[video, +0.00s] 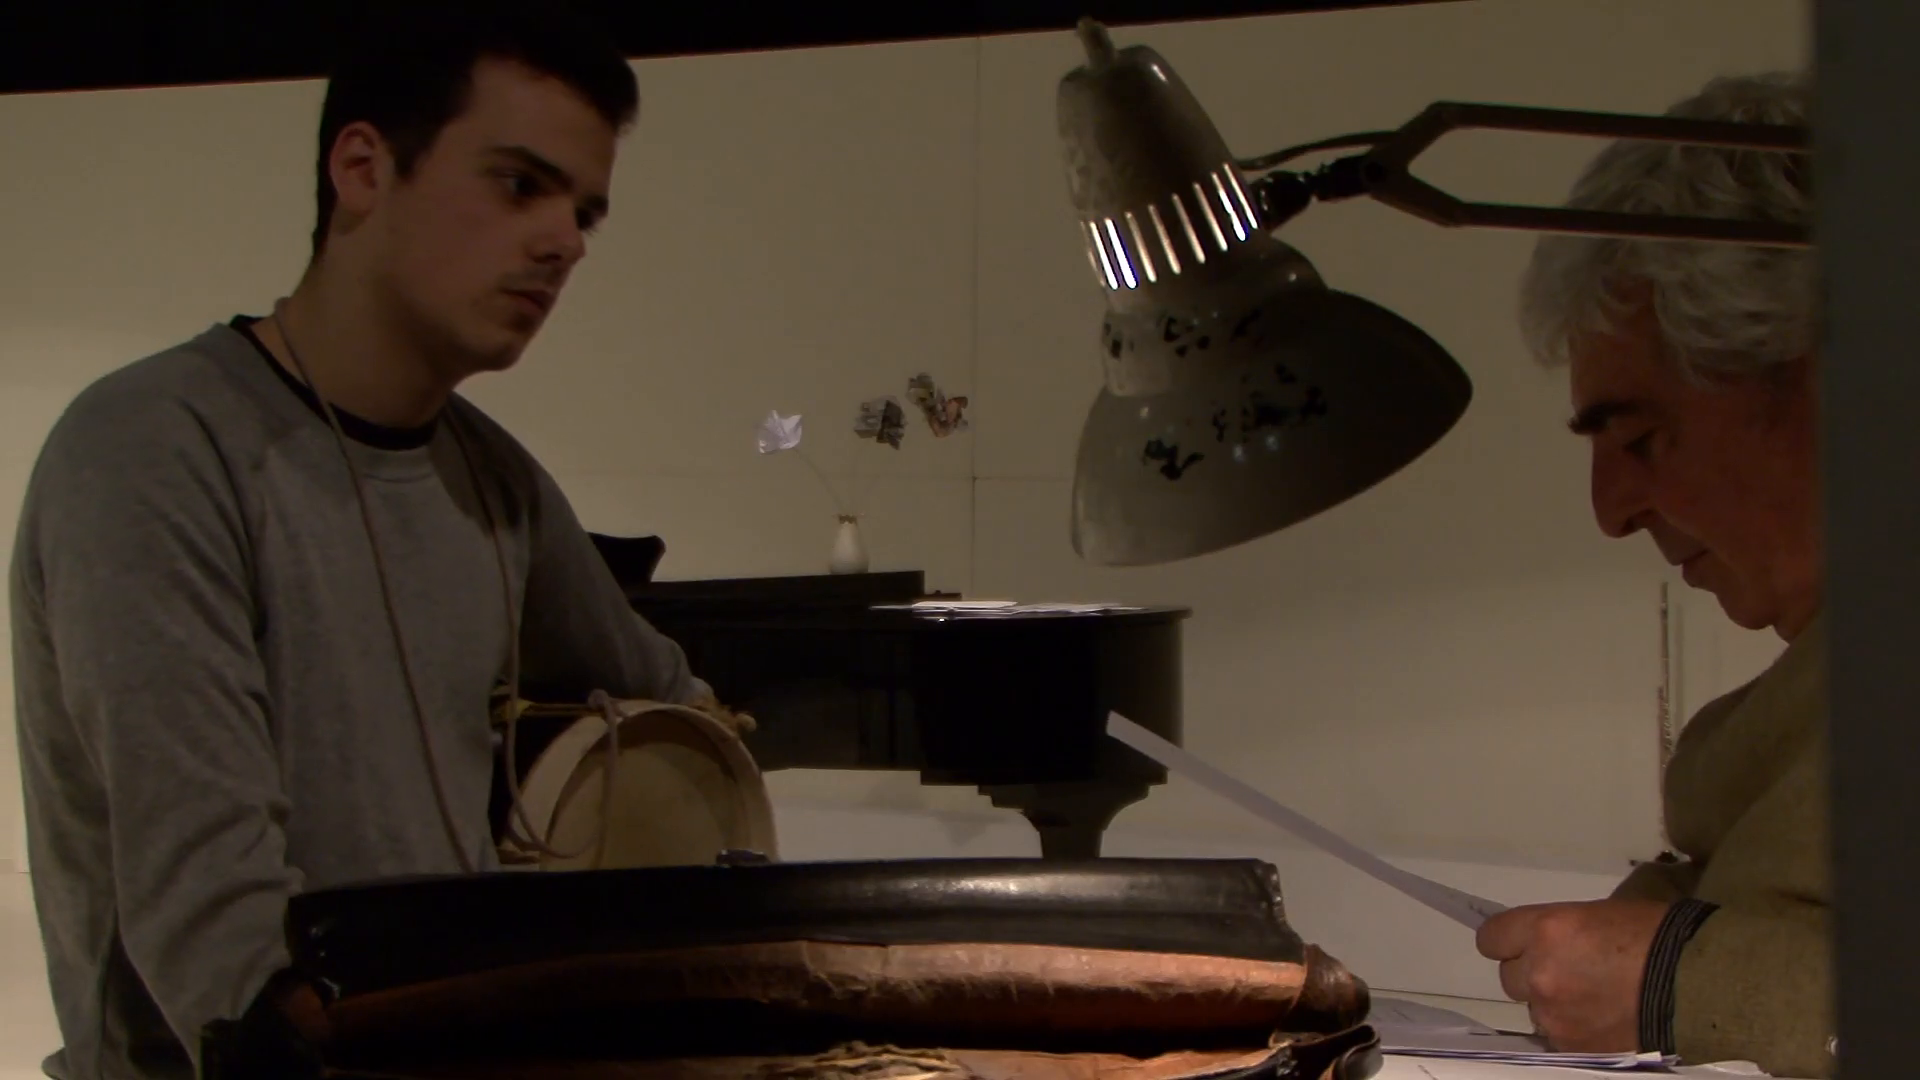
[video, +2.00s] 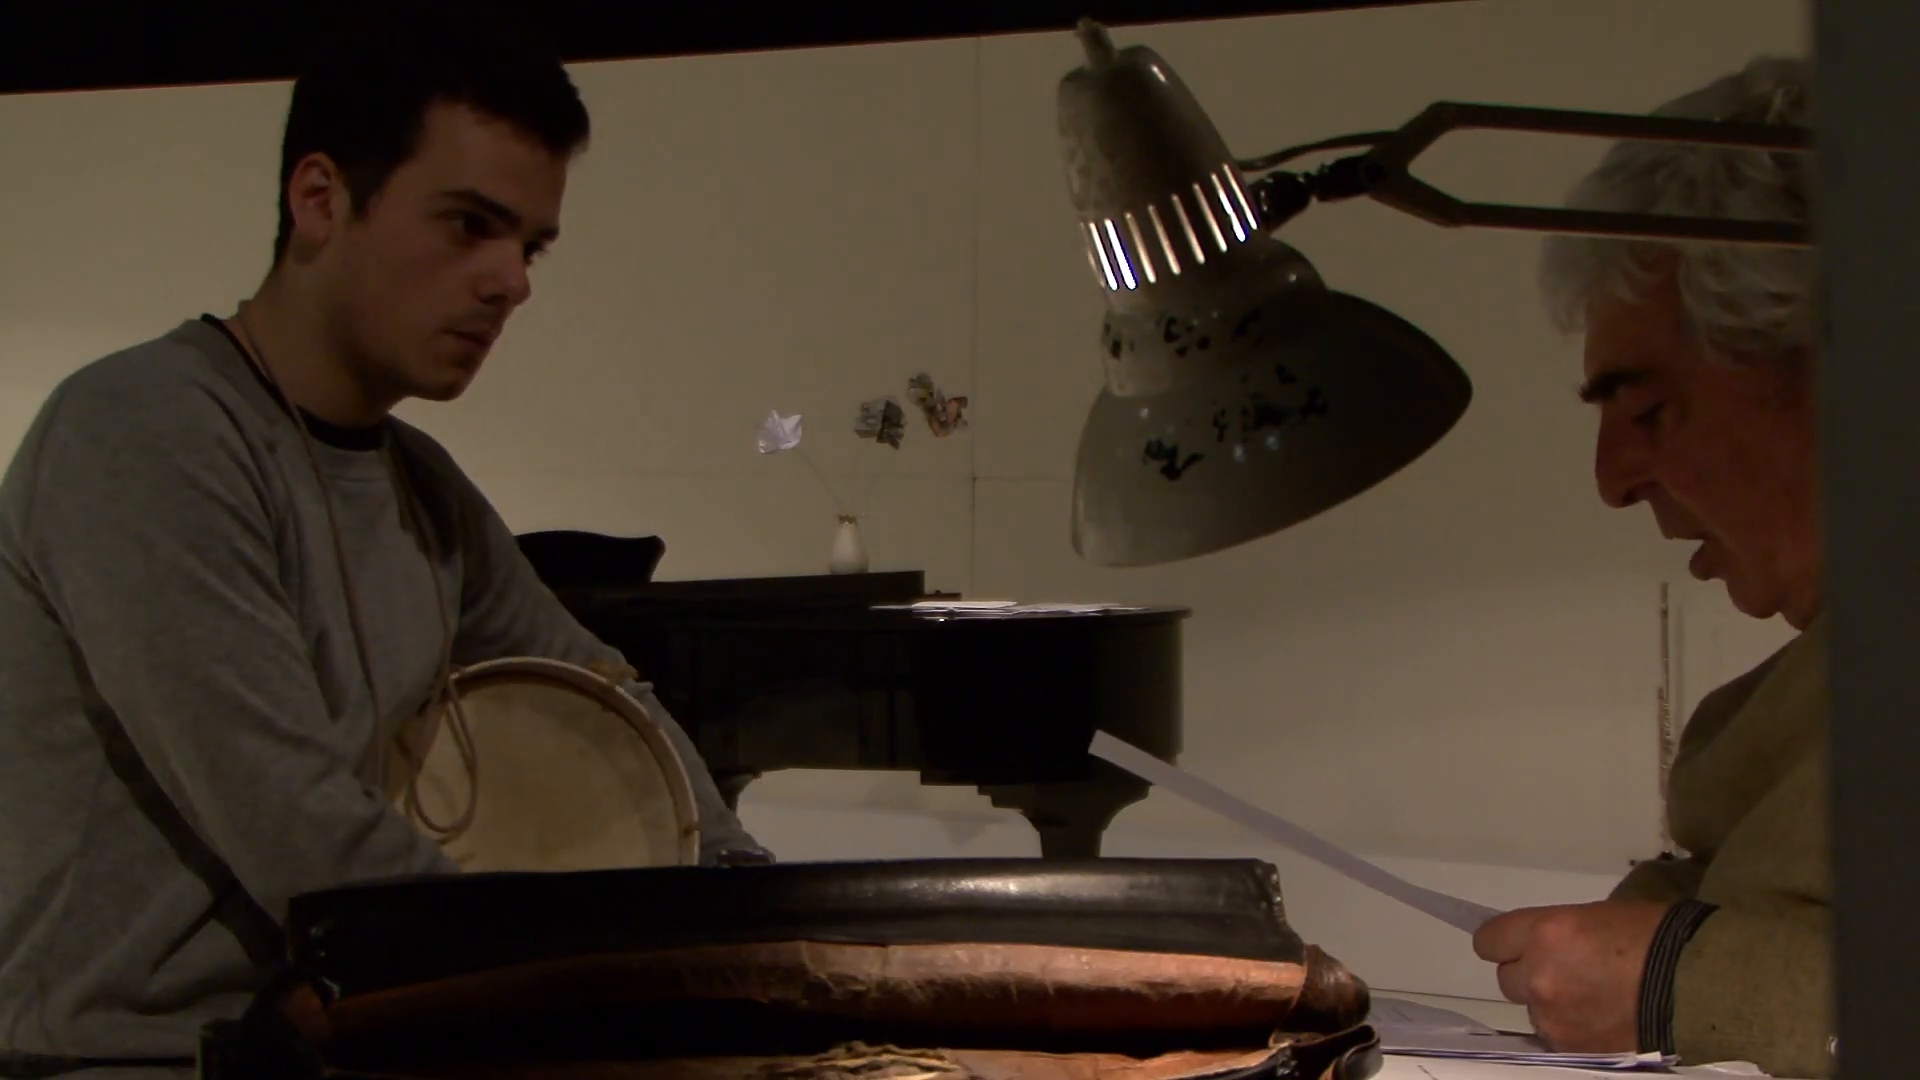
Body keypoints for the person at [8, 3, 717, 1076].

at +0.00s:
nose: (564, 244)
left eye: (582, 214)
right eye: (519, 184)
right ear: (361, 169)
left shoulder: (502, 485)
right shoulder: (142, 451)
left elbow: (674, 720)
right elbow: (212, 919)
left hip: (489, 1040)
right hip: (199, 1063)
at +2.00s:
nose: (510, 284)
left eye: (529, 249)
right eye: (469, 224)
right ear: (319, 201)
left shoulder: (424, 486)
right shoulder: (135, 434)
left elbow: (597, 702)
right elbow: (306, 846)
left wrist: (760, 908)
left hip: (354, 1036)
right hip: (129, 1057)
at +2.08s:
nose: (508, 284)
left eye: (526, 249)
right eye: (467, 225)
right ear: (315, 200)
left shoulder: (427, 488)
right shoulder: (133, 434)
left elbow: (603, 698)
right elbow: (304, 840)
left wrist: (757, 899)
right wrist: (601, 969)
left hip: (355, 1038)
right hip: (127, 1057)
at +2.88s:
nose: (508, 291)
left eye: (527, 254)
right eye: (467, 232)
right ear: (315, 205)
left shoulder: (433, 494)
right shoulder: (122, 441)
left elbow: (628, 700)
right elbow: (289, 855)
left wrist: (747, 918)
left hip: (336, 1041)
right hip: (112, 1057)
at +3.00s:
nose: (510, 292)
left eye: (528, 256)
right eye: (469, 234)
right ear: (318, 206)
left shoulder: (435, 494)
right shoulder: (120, 444)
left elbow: (635, 700)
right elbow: (273, 871)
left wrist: (748, 919)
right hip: (116, 1057)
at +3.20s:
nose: (515, 297)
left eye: (535, 261)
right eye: (476, 237)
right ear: (325, 207)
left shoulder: (444, 496)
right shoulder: (119, 442)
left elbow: (647, 701)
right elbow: (261, 869)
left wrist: (753, 918)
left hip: (352, 1043)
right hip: (117, 1059)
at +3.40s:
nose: (521, 303)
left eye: (543, 268)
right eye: (482, 244)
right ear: (333, 210)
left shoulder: (446, 489)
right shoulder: (122, 444)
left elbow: (652, 700)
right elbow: (280, 883)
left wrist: (743, 922)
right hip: (113, 1054)